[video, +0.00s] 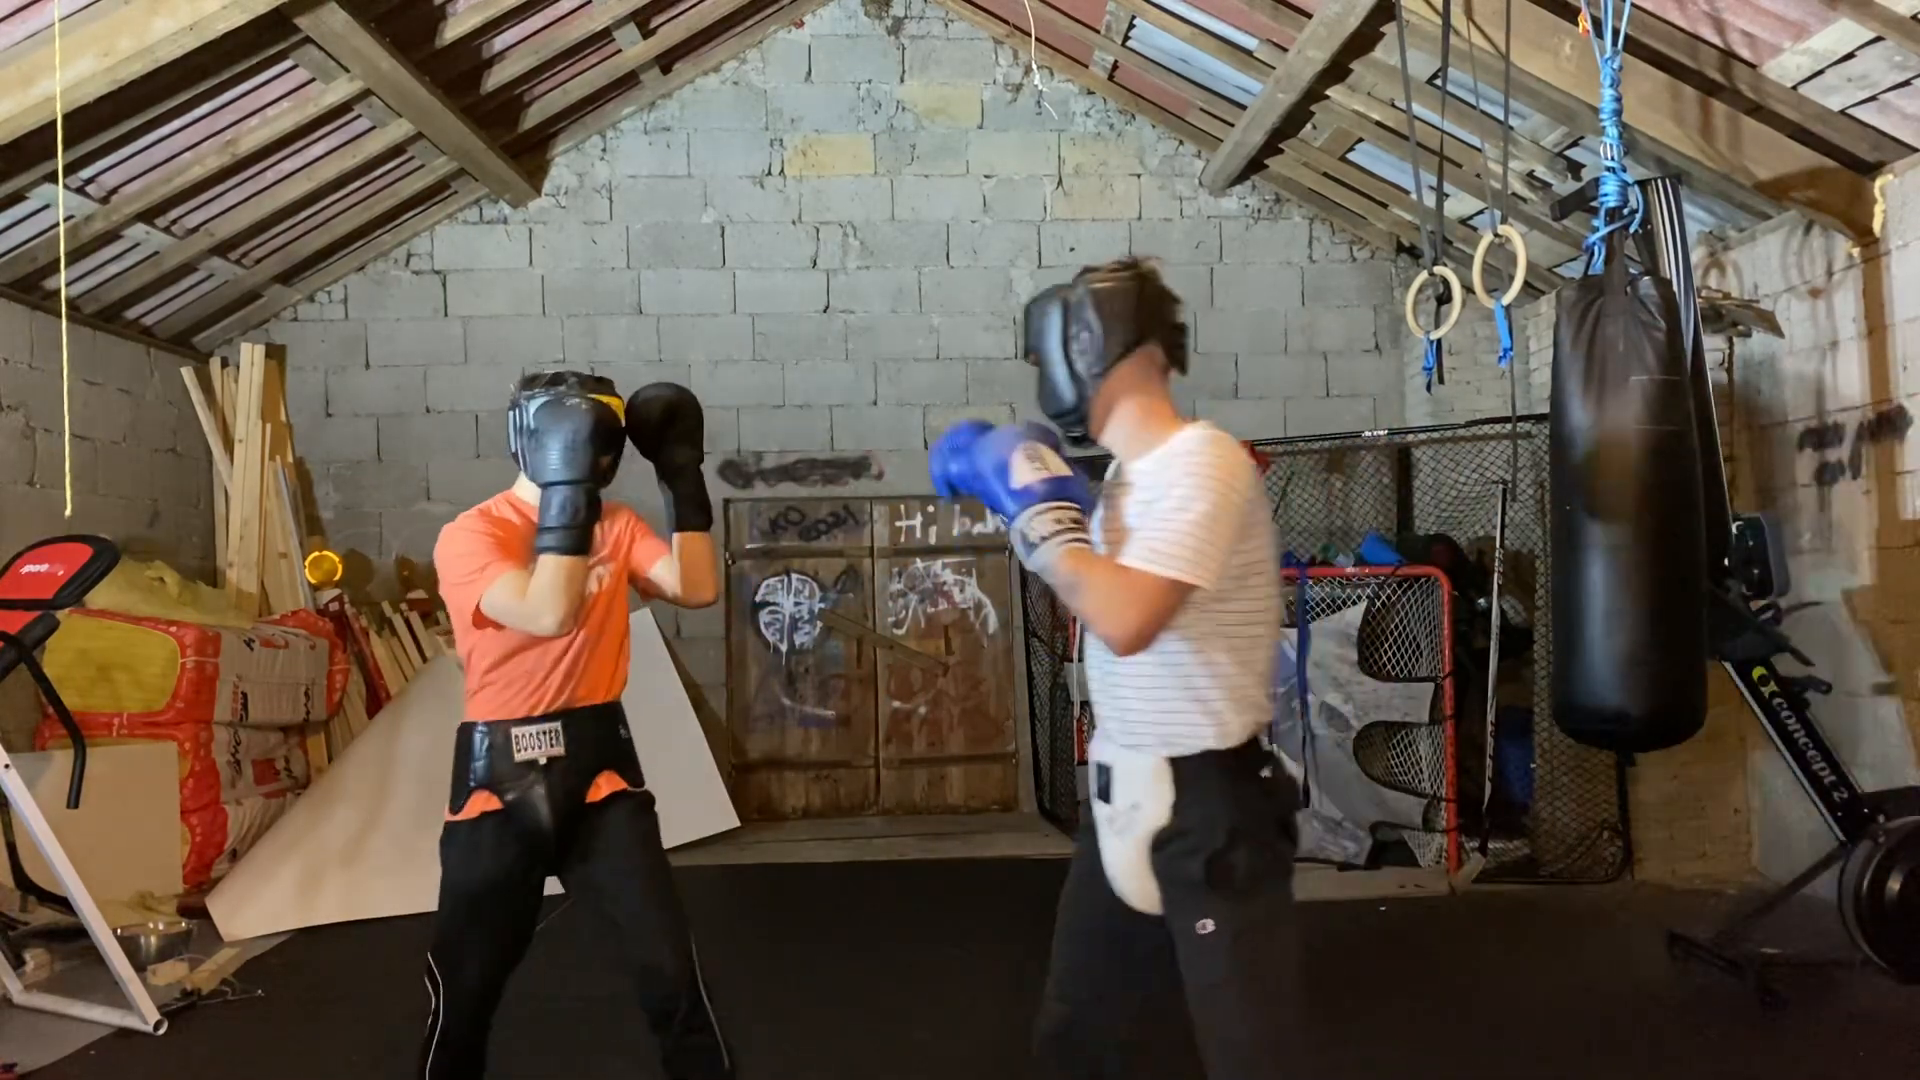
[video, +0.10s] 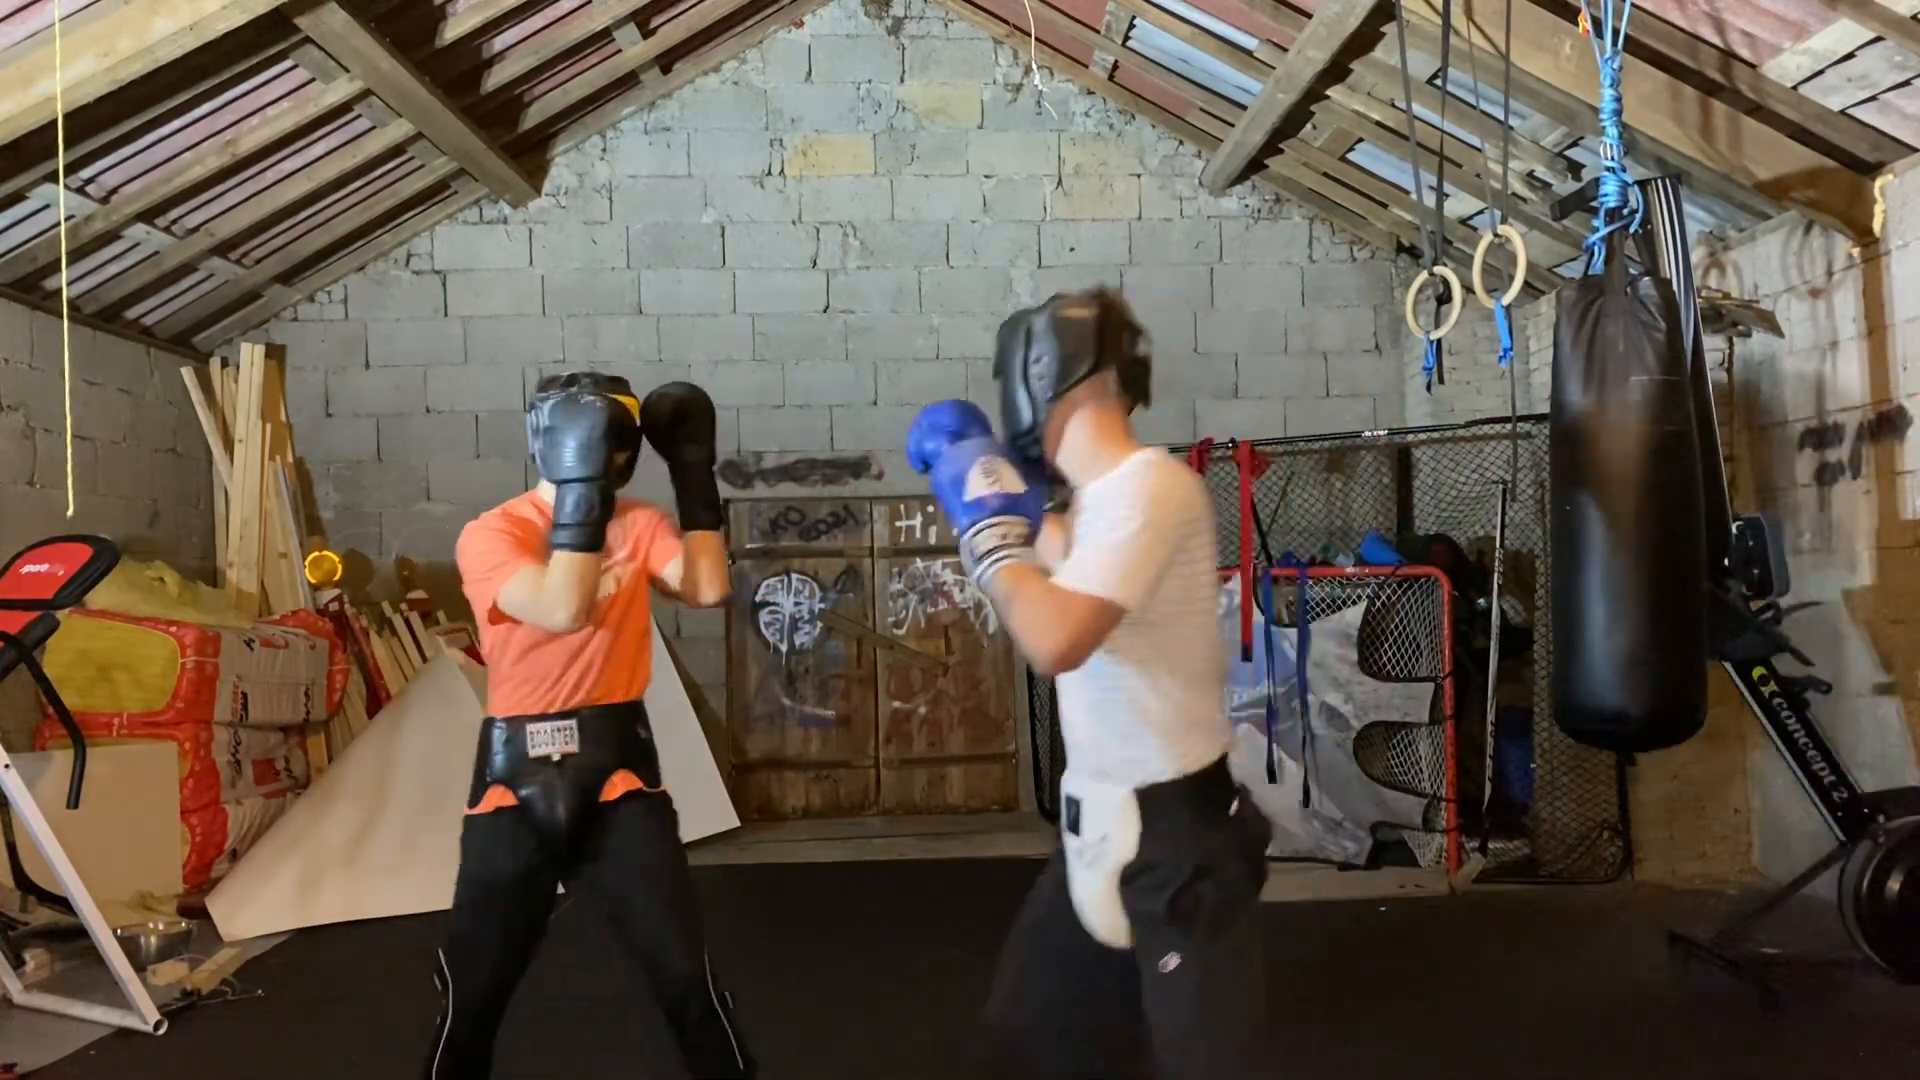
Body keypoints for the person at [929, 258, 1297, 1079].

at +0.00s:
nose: (1048, 371)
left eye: (1055, 347)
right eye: (1047, 350)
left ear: (1089, 348)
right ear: (1146, 347)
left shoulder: (1204, 463)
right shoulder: (1124, 485)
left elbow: (1127, 618)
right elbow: (1102, 602)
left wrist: (1040, 513)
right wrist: (1026, 504)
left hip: (1213, 801)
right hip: (1127, 799)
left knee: (1252, 1054)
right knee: (1077, 1040)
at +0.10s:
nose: (1010, 399)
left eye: (1015, 376)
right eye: (1011, 378)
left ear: (1050, 376)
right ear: (1103, 375)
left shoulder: (1153, 489)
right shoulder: (1091, 499)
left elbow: (1056, 638)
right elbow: (1062, 567)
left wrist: (988, 533)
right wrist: (1003, 495)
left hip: (1178, 837)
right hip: (1099, 832)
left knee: (1203, 1061)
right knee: (1028, 1034)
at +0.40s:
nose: (956, 361)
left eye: (961, 337)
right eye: (954, 341)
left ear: (992, 337)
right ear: (1062, 338)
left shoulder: (1076, 453)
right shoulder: (1062, 454)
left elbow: (962, 606)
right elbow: (1051, 603)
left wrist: (910, 495)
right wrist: (986, 499)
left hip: (1081, 817)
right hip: (1038, 811)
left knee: (1050, 1062)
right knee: (988, 1052)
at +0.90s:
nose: (924, 374)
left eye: (930, 354)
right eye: (927, 356)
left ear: (948, 355)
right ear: (1040, 378)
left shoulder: (947, 457)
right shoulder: (1098, 499)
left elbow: (862, 629)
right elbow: (1131, 659)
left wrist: (867, 521)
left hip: (983, 828)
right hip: (1081, 821)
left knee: (1018, 1059)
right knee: (1064, 1055)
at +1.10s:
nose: (863, 391)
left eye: (868, 373)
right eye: (867, 376)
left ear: (887, 374)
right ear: (980, 393)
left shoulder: (892, 475)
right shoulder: (1050, 511)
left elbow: (831, 658)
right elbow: (1107, 675)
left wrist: (832, 525)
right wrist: (1007, 623)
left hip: (987, 848)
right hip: (1080, 832)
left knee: (919, 1064)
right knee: (1030, 1055)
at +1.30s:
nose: (779, 458)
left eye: (785, 435)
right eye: (782, 438)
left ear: (810, 436)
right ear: (908, 441)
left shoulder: (830, 543)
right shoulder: (983, 538)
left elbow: (774, 734)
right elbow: (1069, 676)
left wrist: (754, 703)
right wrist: (963, 656)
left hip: (976, 911)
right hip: (1084, 882)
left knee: (878, 1064)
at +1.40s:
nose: (756, 497)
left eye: (760, 471)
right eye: (756, 471)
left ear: (786, 468)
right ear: (879, 467)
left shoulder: (803, 589)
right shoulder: (970, 565)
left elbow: (760, 782)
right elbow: (1062, 685)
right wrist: (965, 664)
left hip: (943, 947)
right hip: (1057, 918)